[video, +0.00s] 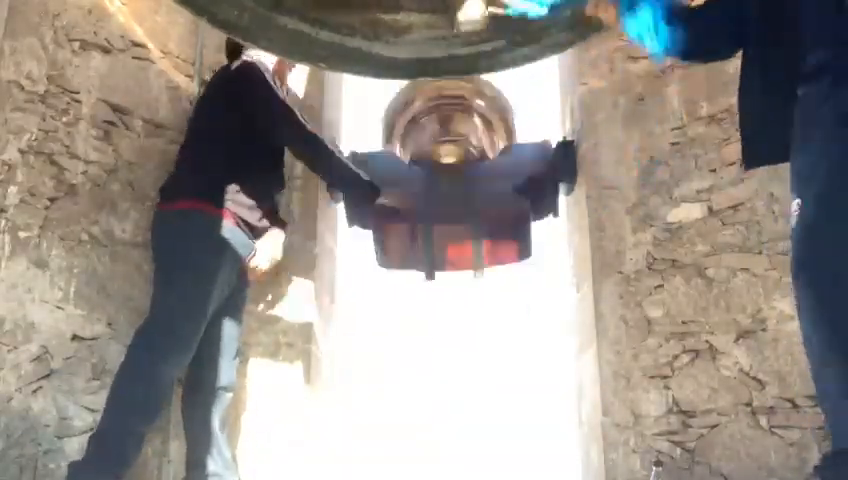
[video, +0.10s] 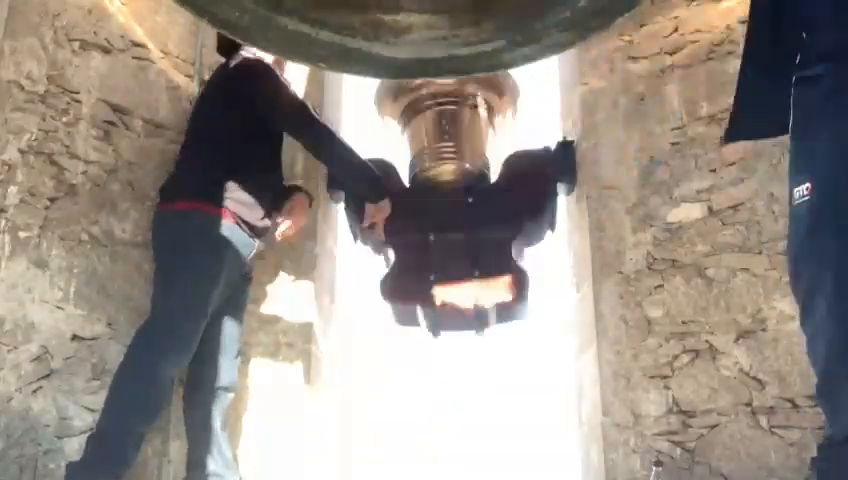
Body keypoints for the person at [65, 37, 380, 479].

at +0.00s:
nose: (297, 71)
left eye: (302, 62)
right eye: (294, 58)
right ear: (272, 48)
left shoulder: (264, 98)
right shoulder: (246, 76)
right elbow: (300, 138)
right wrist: (360, 192)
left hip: (233, 244)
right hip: (203, 227)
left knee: (216, 384)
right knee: (161, 357)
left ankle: (213, 472)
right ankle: (98, 469)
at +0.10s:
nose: (291, 64)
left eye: (294, 58)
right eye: (288, 54)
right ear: (268, 47)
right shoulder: (250, 72)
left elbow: (260, 181)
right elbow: (311, 130)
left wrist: (299, 196)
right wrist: (373, 190)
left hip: (239, 242)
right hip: (206, 224)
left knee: (216, 383)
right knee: (162, 354)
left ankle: (215, 473)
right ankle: (96, 470)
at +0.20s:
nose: (288, 65)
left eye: (290, 59)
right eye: (285, 55)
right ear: (266, 48)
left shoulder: (257, 103)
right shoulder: (248, 69)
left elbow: (259, 188)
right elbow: (303, 129)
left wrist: (309, 161)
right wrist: (359, 187)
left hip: (238, 241)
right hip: (208, 225)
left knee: (217, 382)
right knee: (168, 355)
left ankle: (215, 473)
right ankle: (97, 470)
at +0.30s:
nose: (288, 57)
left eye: (293, 49)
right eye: (285, 45)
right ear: (265, 38)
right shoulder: (245, 66)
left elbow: (274, 181)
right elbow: (295, 140)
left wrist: (313, 124)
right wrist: (357, 199)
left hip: (241, 241)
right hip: (208, 225)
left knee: (217, 380)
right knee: (174, 352)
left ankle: (215, 472)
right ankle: (96, 470)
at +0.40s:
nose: (290, 53)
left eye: (294, 46)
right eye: (286, 41)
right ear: (264, 35)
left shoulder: (271, 91)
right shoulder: (244, 65)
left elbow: (307, 144)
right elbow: (287, 137)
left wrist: (342, 93)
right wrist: (343, 200)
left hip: (242, 238)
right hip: (208, 224)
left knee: (218, 377)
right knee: (173, 351)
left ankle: (215, 472)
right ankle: (97, 470)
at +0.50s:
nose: (301, 57)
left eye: (304, 47)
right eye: (297, 43)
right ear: (273, 36)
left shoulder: (273, 91)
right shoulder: (246, 66)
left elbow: (316, 134)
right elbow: (282, 138)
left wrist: (377, 112)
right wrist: (341, 194)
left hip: (244, 242)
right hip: (210, 226)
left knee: (218, 383)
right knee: (172, 353)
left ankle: (215, 472)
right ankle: (96, 470)